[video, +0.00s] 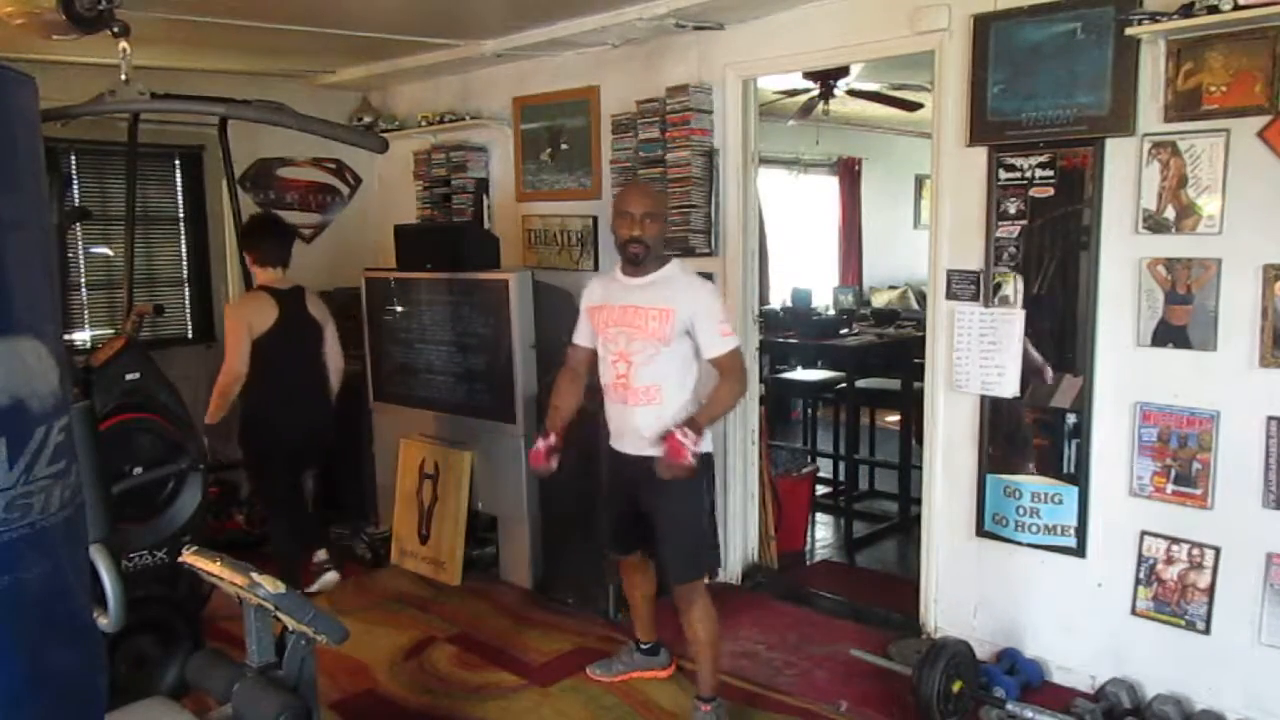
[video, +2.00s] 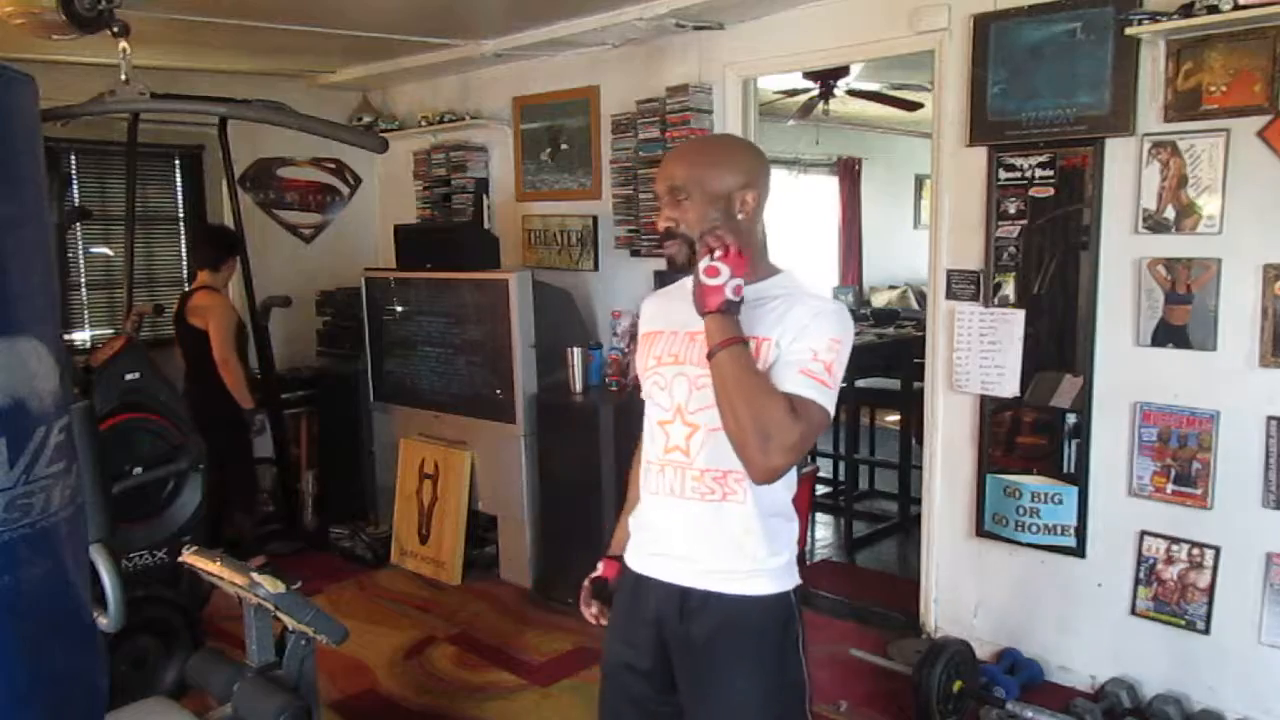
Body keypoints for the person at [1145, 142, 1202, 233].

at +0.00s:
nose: (1157, 158)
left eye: (1159, 154)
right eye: (1155, 156)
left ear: (1169, 149)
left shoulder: (1175, 161)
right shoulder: (1164, 165)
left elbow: (1170, 188)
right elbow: (1161, 188)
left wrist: (1160, 214)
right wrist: (1157, 212)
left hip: (1190, 211)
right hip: (1180, 212)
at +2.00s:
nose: (1157, 158)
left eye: (1159, 153)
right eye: (1155, 156)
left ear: (1168, 150)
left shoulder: (1175, 162)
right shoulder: (1164, 166)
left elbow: (1170, 188)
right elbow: (1161, 188)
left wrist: (1160, 213)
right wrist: (1157, 212)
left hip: (1190, 211)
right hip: (1180, 212)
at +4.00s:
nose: (1158, 158)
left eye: (1159, 153)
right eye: (1155, 155)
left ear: (1169, 150)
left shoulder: (1175, 161)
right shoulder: (1164, 166)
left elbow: (1170, 188)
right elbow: (1161, 188)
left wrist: (1160, 213)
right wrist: (1157, 211)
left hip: (1190, 211)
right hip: (1180, 212)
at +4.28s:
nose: (1157, 158)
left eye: (1159, 153)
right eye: (1155, 155)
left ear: (1168, 150)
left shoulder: (1175, 161)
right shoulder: (1164, 166)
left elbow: (1170, 187)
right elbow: (1161, 188)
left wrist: (1160, 212)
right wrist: (1157, 212)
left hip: (1190, 211)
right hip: (1180, 212)